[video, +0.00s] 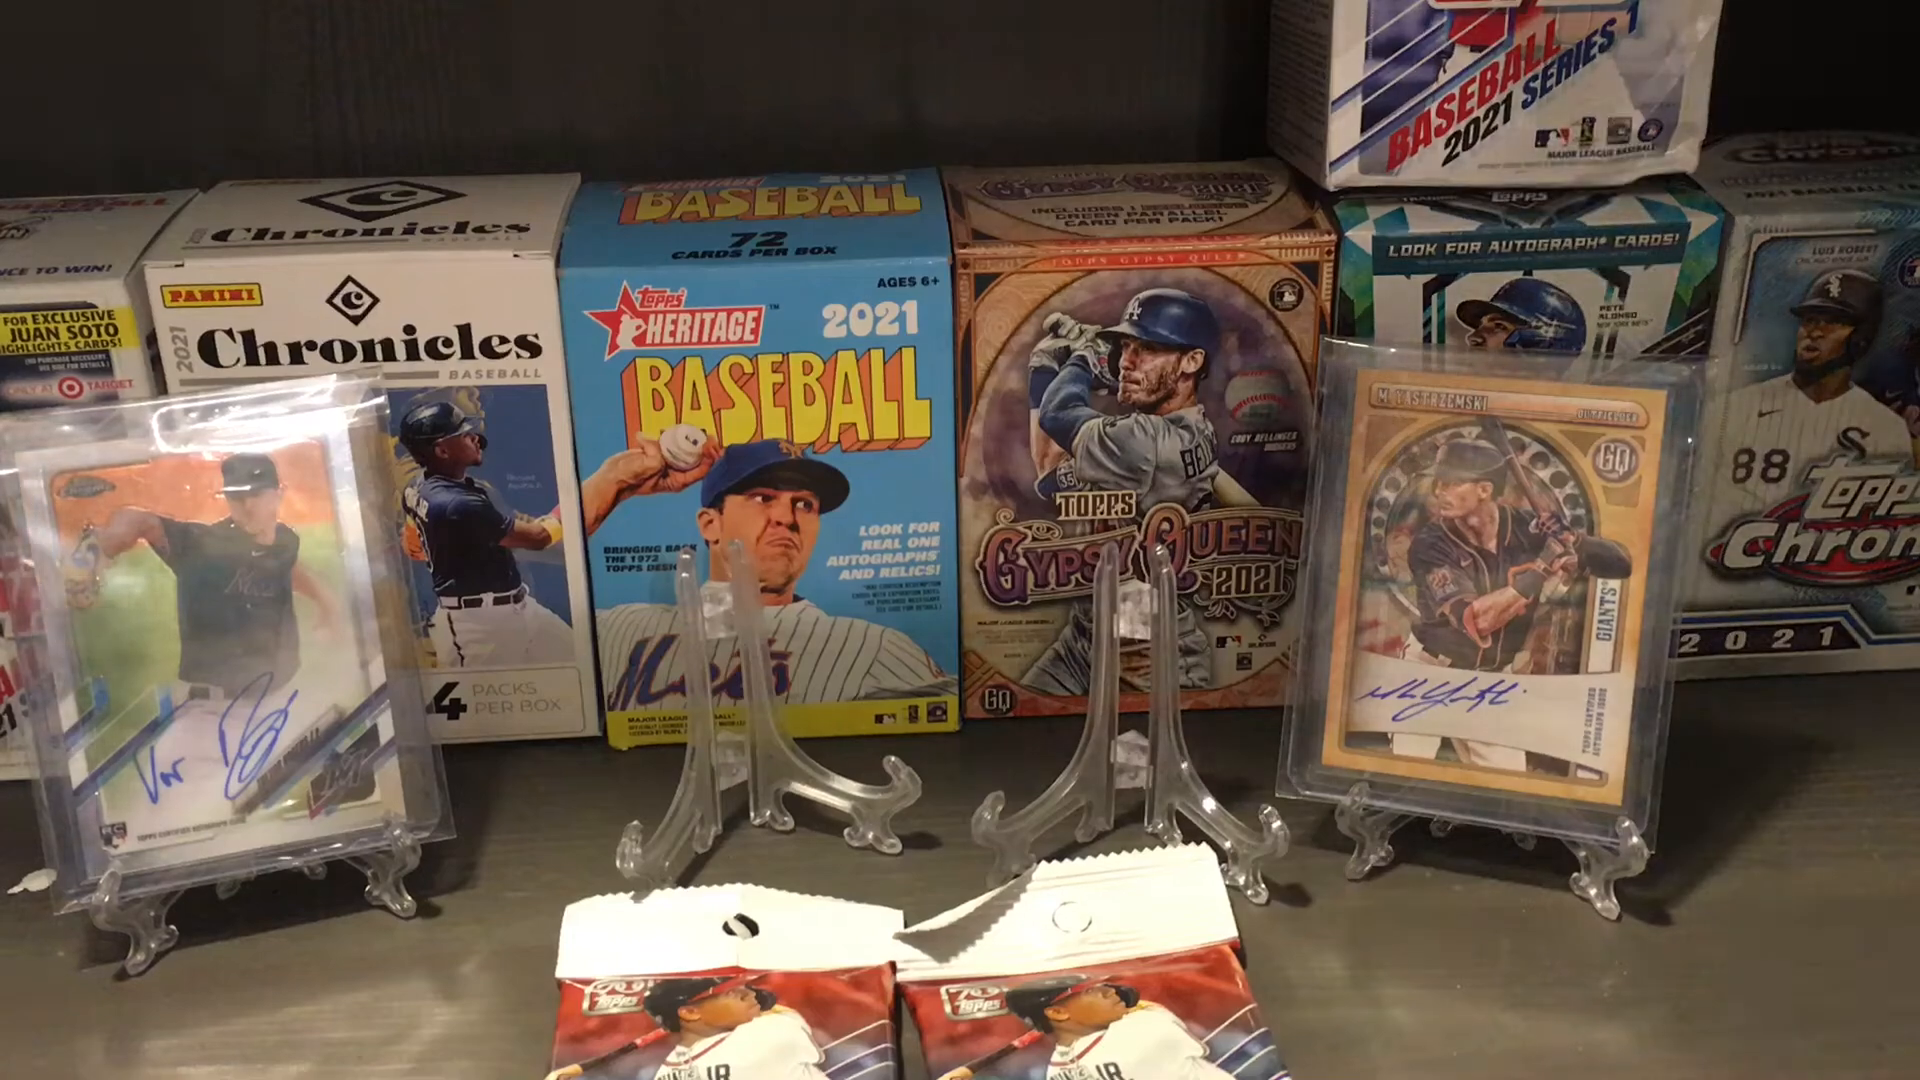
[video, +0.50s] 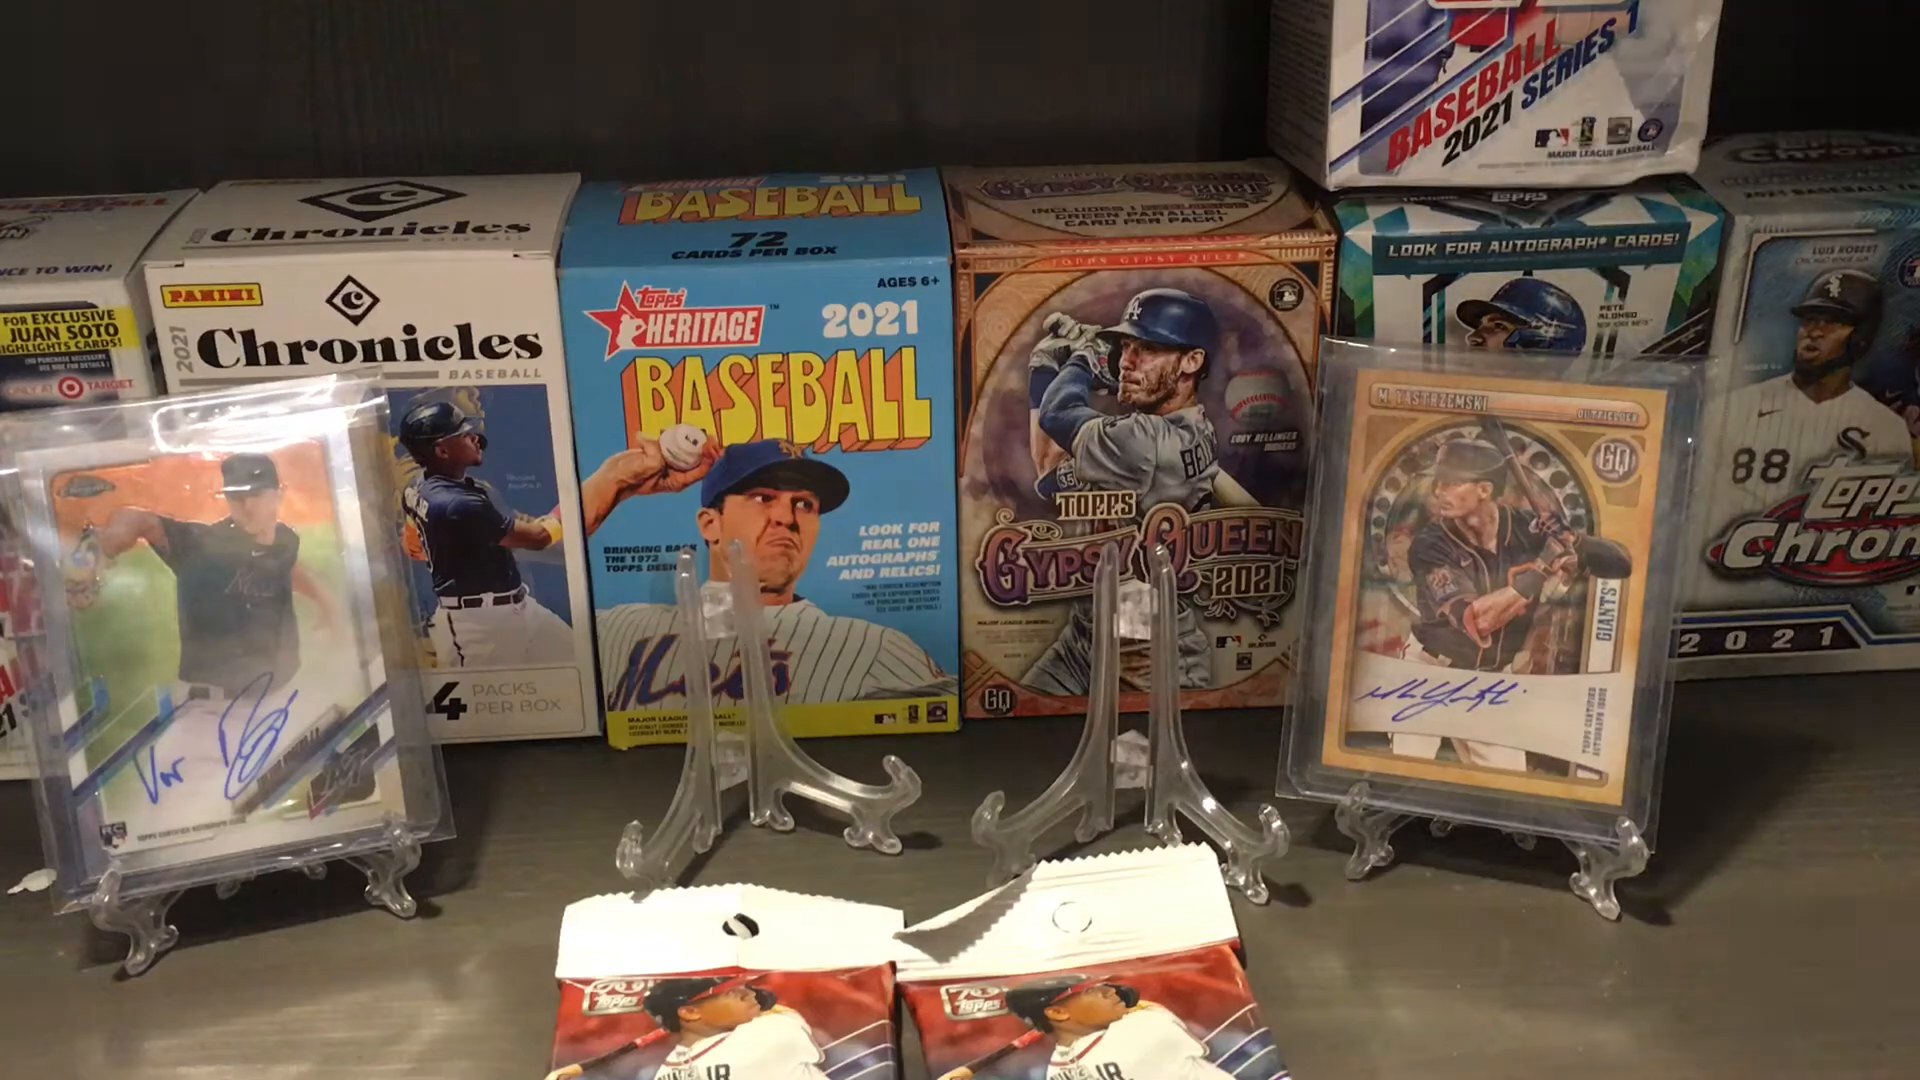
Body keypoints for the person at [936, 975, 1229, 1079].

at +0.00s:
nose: (1107, 989)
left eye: (1096, 984)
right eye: (1089, 989)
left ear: (1059, 1014)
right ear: (1059, 1013)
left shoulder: (1055, 1074)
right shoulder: (1153, 1024)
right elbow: (1144, 1004)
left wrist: (965, 1074)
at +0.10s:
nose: (1108, 989)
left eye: (1096, 984)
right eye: (1089, 989)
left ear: (1059, 1014)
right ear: (1059, 1013)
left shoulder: (1055, 1074)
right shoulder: (1153, 1024)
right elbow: (1144, 1004)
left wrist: (965, 1074)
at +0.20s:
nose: (1108, 989)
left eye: (1096, 984)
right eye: (1089, 989)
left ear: (1059, 1014)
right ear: (1059, 1013)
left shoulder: (1055, 1074)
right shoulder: (1153, 1024)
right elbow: (1144, 1004)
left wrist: (966, 1074)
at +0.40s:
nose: (1107, 989)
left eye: (1096, 984)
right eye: (1089, 989)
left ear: (1059, 1014)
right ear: (1059, 1013)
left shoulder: (1055, 1074)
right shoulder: (1153, 1024)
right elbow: (1144, 1004)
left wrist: (967, 1074)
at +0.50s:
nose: (1108, 989)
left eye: (1096, 984)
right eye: (1089, 990)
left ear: (1059, 1014)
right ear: (1059, 1014)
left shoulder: (1055, 1074)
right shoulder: (1153, 1025)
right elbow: (1143, 1004)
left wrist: (964, 1075)